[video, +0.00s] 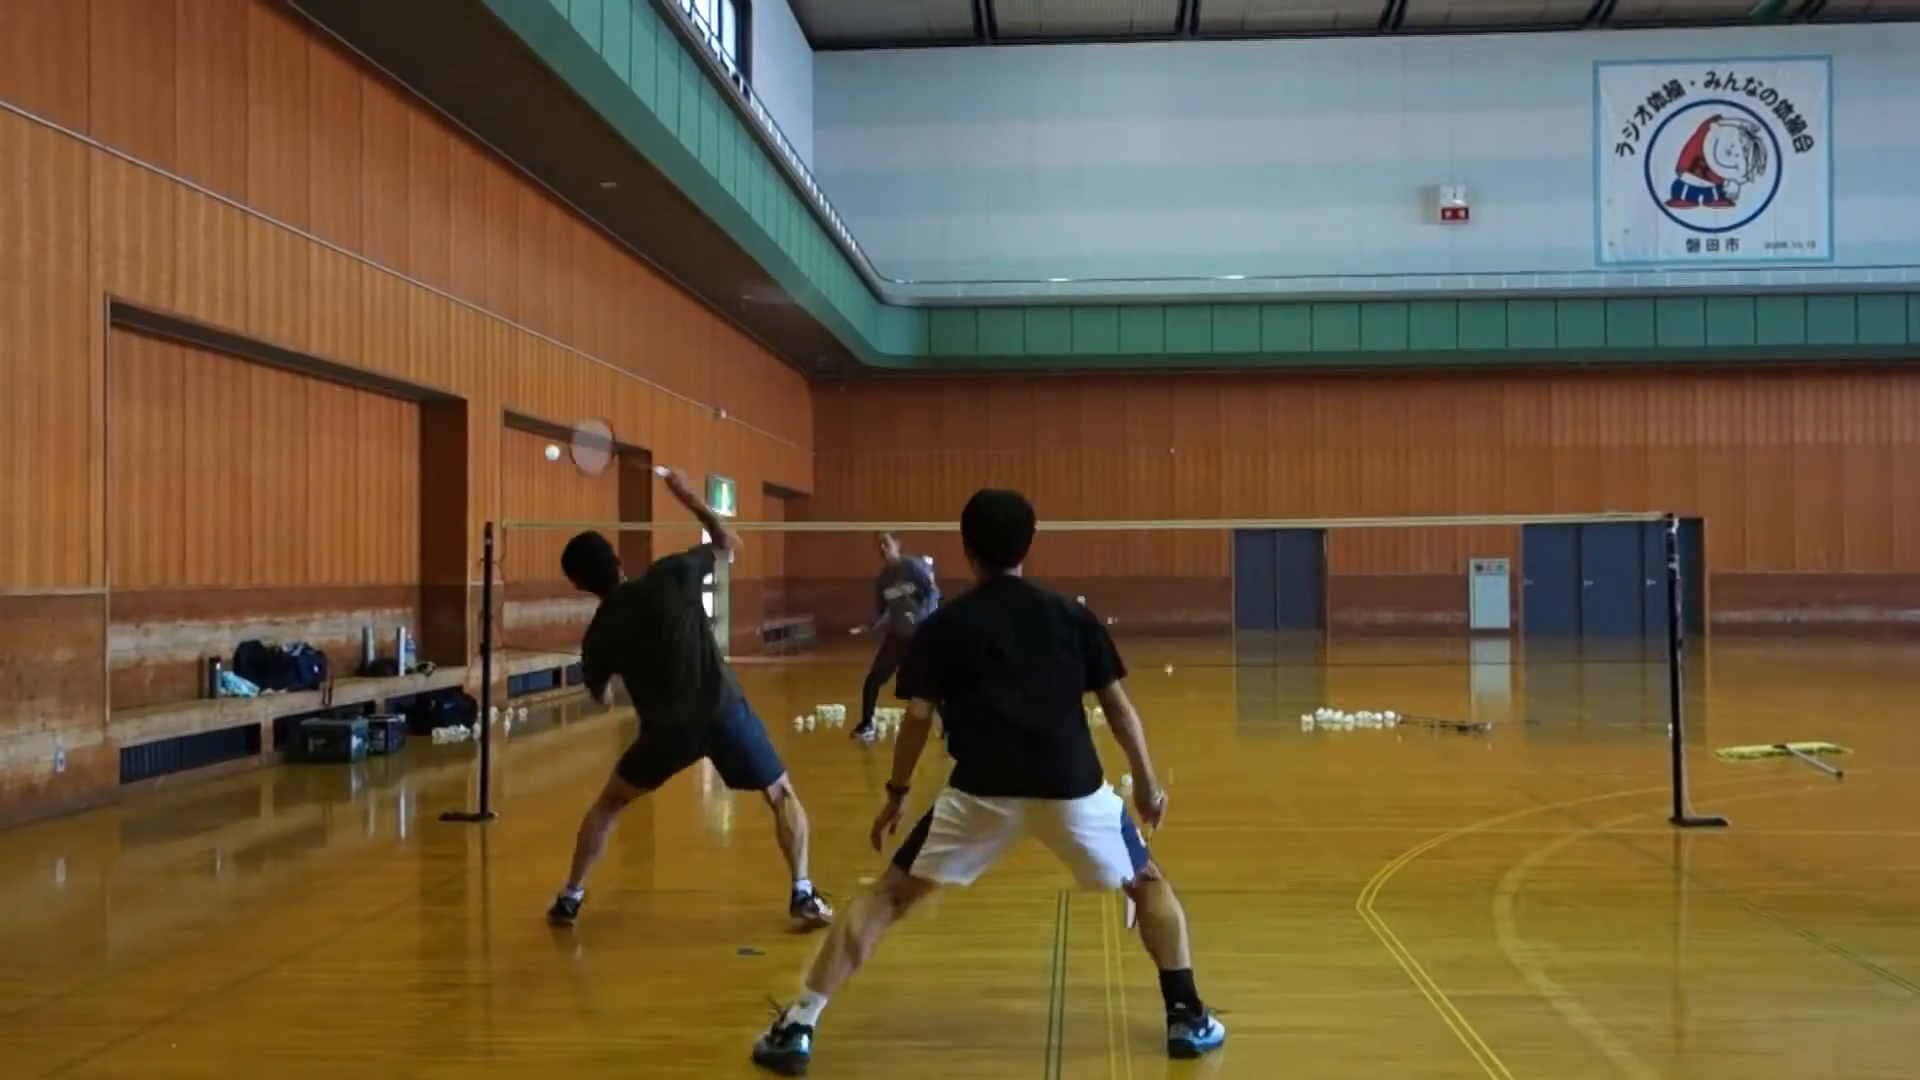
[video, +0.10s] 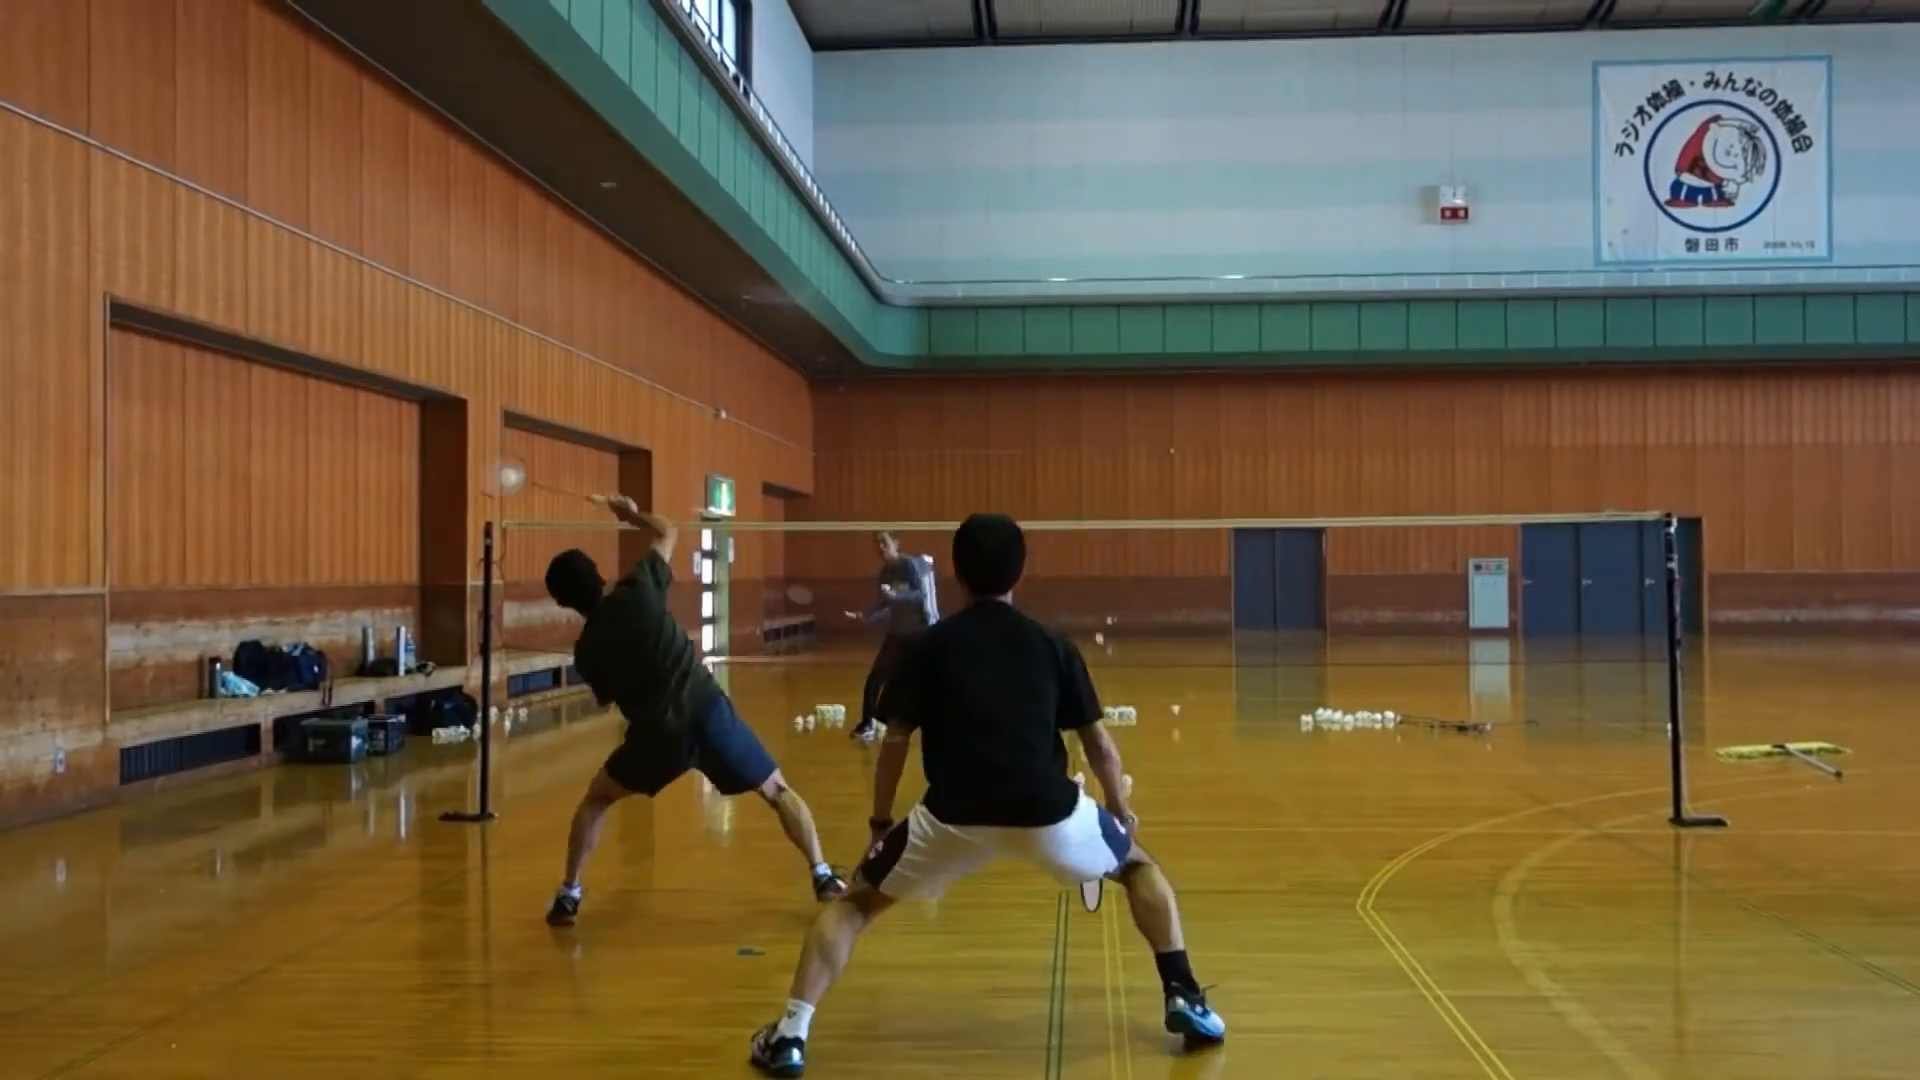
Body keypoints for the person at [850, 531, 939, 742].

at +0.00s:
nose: (884, 549)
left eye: (887, 543)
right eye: (881, 545)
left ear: (897, 544)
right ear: (878, 549)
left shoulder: (915, 567)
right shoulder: (882, 580)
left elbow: (933, 594)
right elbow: (883, 612)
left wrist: (920, 617)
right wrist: (870, 627)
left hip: (922, 636)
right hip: (897, 637)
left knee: (934, 683)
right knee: (872, 681)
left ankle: (947, 724)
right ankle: (866, 724)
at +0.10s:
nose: (881, 547)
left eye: (884, 542)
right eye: (878, 544)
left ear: (896, 543)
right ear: (876, 547)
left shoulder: (911, 564)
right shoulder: (885, 574)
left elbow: (922, 594)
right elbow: (887, 607)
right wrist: (865, 617)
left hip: (919, 633)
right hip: (897, 633)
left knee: (917, 679)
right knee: (876, 678)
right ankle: (868, 722)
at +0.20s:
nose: (881, 547)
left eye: (885, 543)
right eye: (878, 543)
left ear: (896, 543)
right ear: (876, 546)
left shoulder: (908, 564)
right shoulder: (885, 570)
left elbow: (908, 592)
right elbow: (887, 601)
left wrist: (880, 578)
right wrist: (861, 610)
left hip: (916, 631)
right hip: (898, 631)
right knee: (879, 677)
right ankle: (867, 722)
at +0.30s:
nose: (883, 548)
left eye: (886, 543)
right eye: (880, 544)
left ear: (898, 543)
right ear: (879, 548)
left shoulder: (912, 565)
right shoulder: (887, 573)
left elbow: (897, 588)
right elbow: (881, 605)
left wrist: (864, 576)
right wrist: (849, 608)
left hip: (926, 634)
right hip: (903, 634)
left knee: (937, 684)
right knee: (881, 679)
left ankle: (951, 724)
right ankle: (867, 724)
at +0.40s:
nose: (887, 549)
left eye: (890, 544)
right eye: (884, 545)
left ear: (901, 544)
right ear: (883, 548)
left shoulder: (918, 566)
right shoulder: (888, 574)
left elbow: (903, 586)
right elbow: (876, 611)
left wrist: (871, 592)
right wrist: (843, 617)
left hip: (929, 632)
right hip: (906, 632)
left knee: (937, 677)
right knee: (885, 676)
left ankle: (949, 722)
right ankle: (868, 722)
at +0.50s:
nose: (890, 548)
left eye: (893, 543)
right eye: (887, 544)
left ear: (905, 543)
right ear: (886, 547)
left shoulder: (923, 565)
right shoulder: (888, 579)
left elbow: (920, 596)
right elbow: (883, 609)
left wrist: (893, 608)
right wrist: (849, 621)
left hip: (931, 629)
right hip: (907, 631)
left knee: (937, 674)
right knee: (886, 675)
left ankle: (948, 722)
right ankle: (868, 721)